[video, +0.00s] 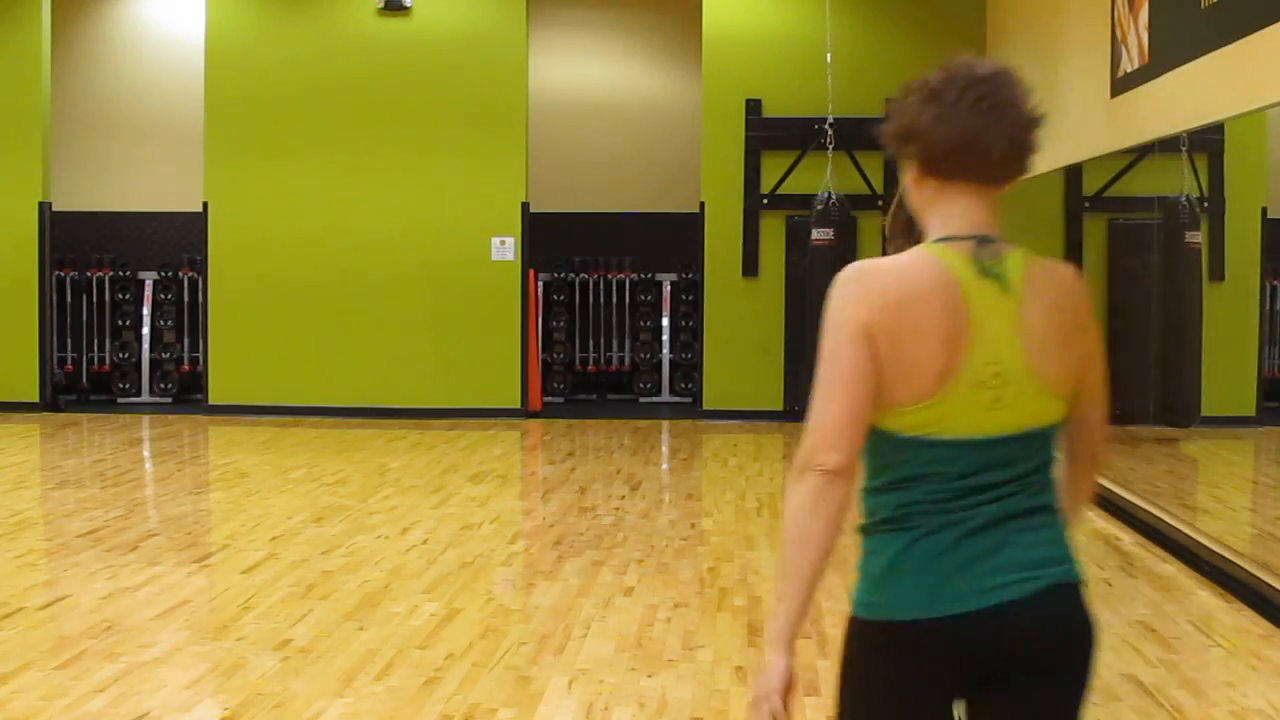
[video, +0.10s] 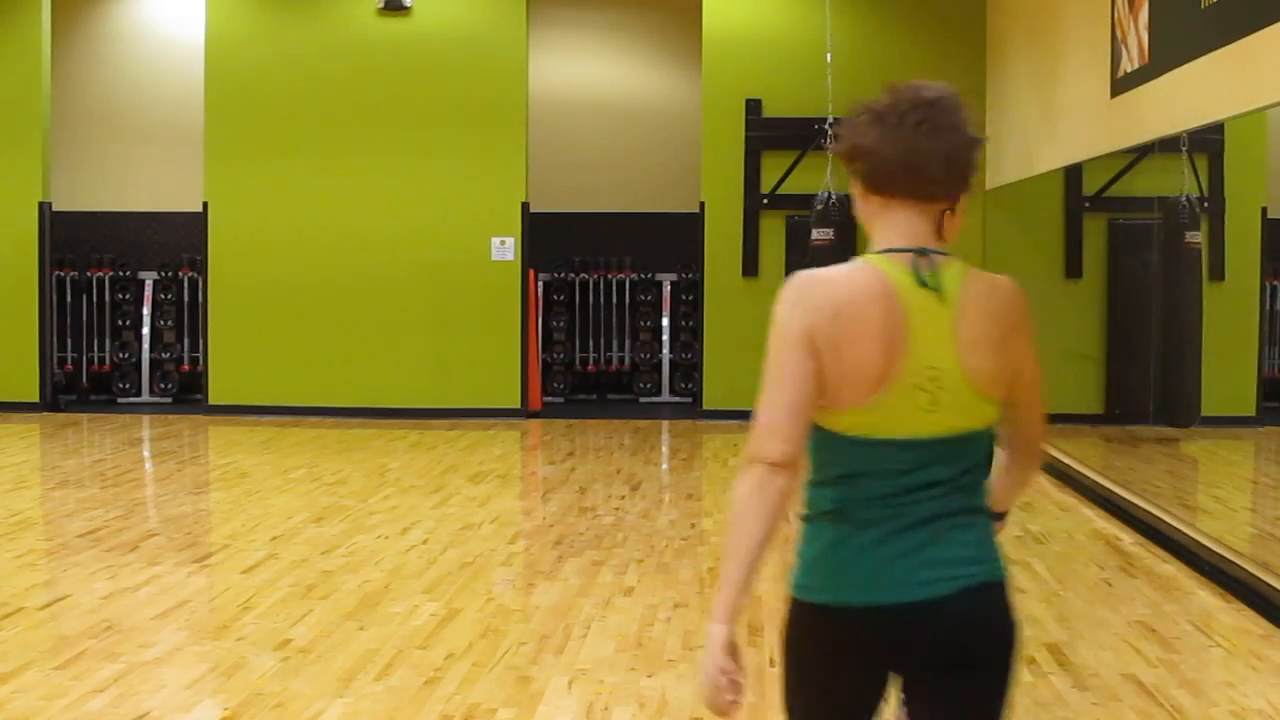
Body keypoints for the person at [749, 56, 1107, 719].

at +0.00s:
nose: (903, 177)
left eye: (903, 161)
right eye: (905, 160)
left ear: (916, 167)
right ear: (1012, 167)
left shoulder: (869, 289)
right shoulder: (1064, 291)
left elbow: (826, 467)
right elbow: (1085, 464)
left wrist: (779, 642)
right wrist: (1040, 531)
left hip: (907, 624)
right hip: (1044, 613)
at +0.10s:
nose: (851, 198)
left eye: (851, 186)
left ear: (859, 194)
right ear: (957, 202)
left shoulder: (813, 297)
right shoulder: (998, 301)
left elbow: (773, 462)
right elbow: (1025, 446)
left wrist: (724, 618)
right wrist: (983, 517)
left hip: (839, 608)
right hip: (964, 608)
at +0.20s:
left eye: (814, 164)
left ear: (818, 170)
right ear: (913, 176)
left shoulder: (770, 280)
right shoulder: (956, 290)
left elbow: (717, 435)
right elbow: (986, 427)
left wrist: (667, 578)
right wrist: (979, 522)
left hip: (792, 579)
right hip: (908, 576)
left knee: (792, 708)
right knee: (884, 710)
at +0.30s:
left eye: (784, 144)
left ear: (784, 156)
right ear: (873, 170)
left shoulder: (735, 262)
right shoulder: (907, 276)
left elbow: (676, 406)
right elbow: (952, 424)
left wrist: (648, 504)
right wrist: (981, 534)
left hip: (764, 547)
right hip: (866, 546)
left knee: (784, 710)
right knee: (813, 705)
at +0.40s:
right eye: (841, 182)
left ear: (758, 172)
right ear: (839, 191)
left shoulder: (702, 266)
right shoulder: (872, 284)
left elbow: (640, 390)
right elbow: (917, 421)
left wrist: (651, 439)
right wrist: (969, 539)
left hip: (732, 536)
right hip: (827, 533)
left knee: (769, 707)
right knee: (776, 696)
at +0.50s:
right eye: (814, 200)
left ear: (732, 189)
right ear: (810, 210)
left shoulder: (675, 279)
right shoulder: (835, 299)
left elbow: (633, 381)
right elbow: (873, 425)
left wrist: (706, 374)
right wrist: (922, 539)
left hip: (704, 536)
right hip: (792, 536)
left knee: (734, 701)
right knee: (736, 683)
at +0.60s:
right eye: (785, 201)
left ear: (709, 195)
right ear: (787, 209)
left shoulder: (654, 273)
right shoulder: (805, 297)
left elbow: (631, 373)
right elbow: (828, 423)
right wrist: (870, 544)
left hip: (677, 522)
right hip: (765, 521)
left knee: (666, 694)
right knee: (707, 677)